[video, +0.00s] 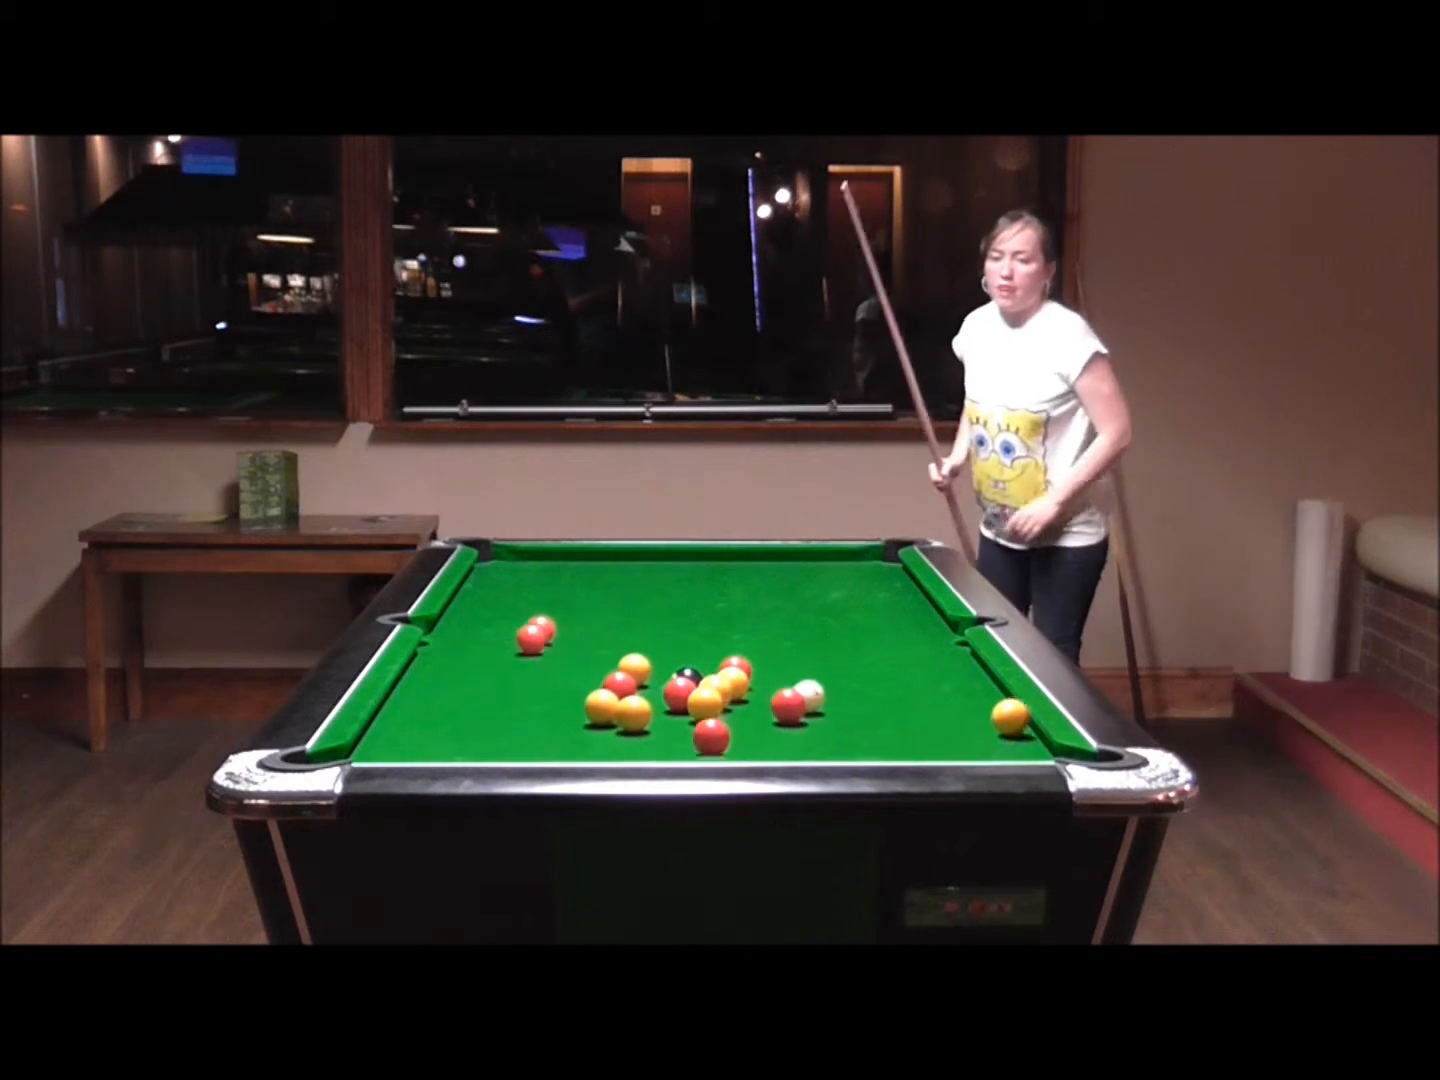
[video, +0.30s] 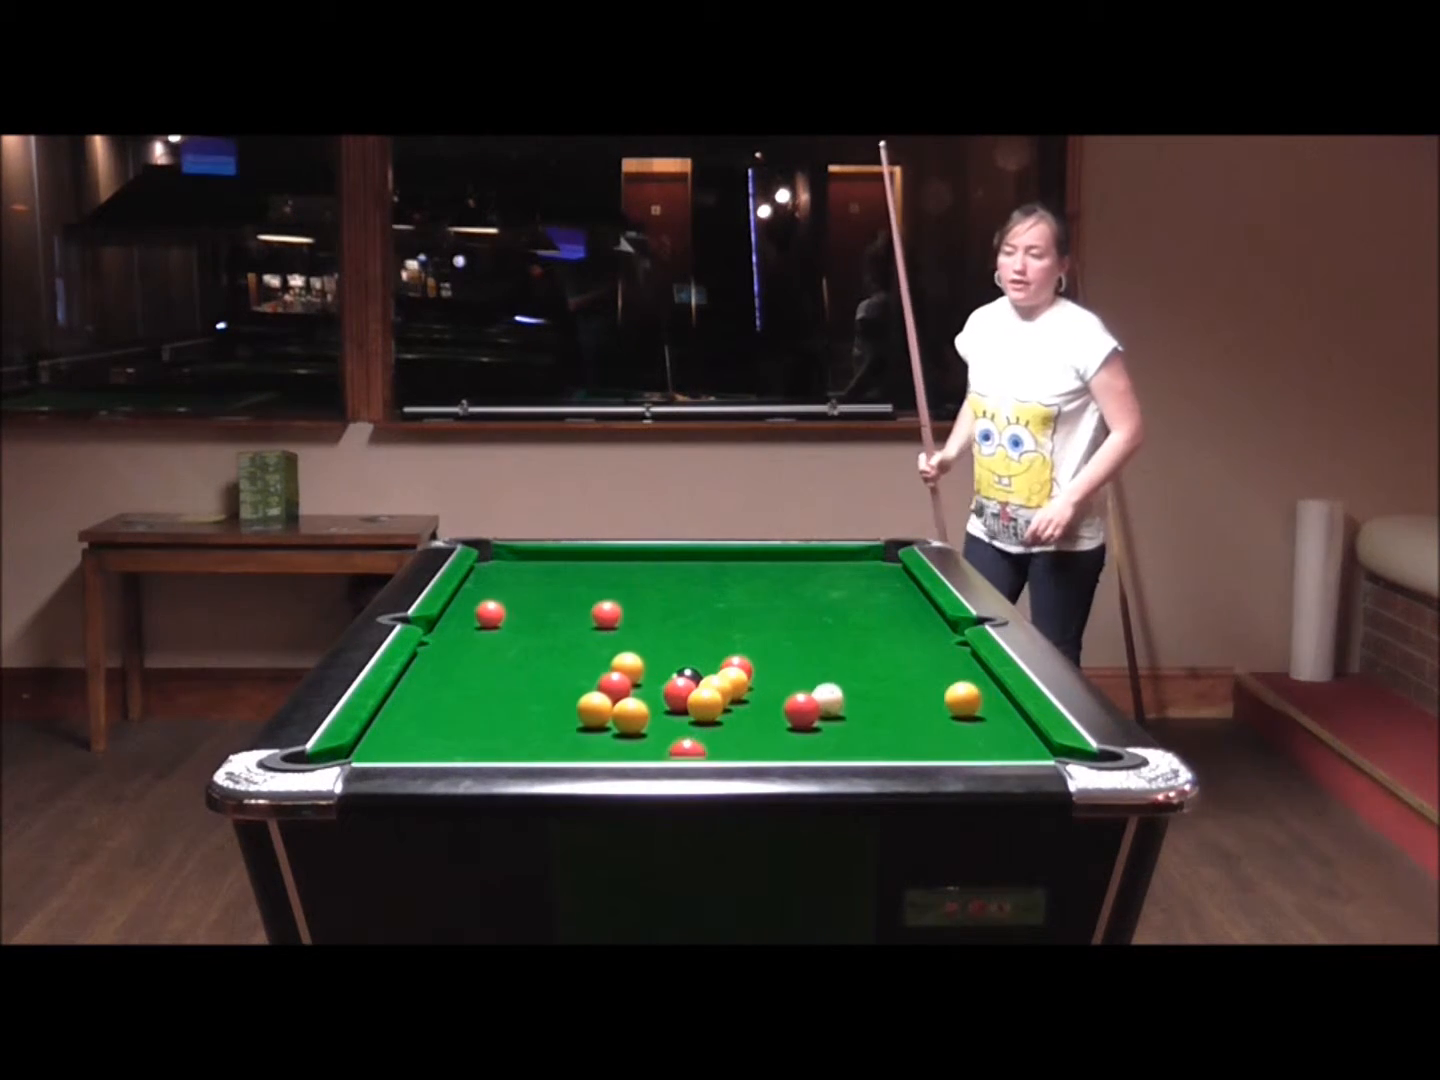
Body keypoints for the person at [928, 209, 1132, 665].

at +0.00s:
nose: (1006, 271)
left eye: (1022, 259)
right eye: (997, 257)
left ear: (1047, 273)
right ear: (984, 268)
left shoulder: (1069, 335)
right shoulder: (976, 327)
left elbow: (1117, 431)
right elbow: (974, 405)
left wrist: (1054, 502)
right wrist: (958, 456)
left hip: (1068, 534)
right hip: (1000, 527)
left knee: (1052, 662)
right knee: (988, 651)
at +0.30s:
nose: (1019, 266)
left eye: (1036, 254)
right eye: (1010, 252)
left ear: (1062, 267)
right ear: (996, 261)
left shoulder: (1083, 335)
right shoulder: (983, 324)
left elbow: (1128, 430)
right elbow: (976, 399)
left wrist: (1069, 502)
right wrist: (949, 453)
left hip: (1065, 535)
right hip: (992, 527)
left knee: (1054, 669)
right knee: (962, 647)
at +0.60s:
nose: (1002, 275)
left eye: (1019, 262)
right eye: (992, 261)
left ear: (1045, 272)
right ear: (978, 270)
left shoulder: (1076, 342)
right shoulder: (961, 336)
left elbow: (1109, 435)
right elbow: (948, 410)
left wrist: (1055, 504)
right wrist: (934, 467)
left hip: (1053, 545)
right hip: (977, 539)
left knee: (1019, 672)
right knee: (968, 664)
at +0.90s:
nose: (1029, 286)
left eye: (1045, 273)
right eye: (1018, 272)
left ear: (1069, 282)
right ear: (1001, 279)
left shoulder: (1103, 354)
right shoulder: (973, 350)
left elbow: (1138, 447)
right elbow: (954, 424)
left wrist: (1103, 526)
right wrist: (954, 487)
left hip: (1083, 553)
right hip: (1000, 551)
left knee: (1111, 692)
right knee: (983, 687)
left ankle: (1139, 850)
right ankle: (978, 838)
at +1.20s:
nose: (1126, 278)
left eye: (1144, 264)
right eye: (1114, 263)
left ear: (1170, 276)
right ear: (1097, 271)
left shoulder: (1205, 359)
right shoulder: (1061, 349)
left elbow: (1243, 459)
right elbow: (1031, 429)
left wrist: (1202, 541)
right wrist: (1021, 498)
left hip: (1167, 581)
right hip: (1075, 577)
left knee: (1160, 729)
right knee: (1067, 721)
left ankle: (1158, 872)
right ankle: (1062, 874)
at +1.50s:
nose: (1207, 303)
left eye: (1229, 288)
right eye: (1197, 285)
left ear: (1267, 303)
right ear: (1183, 291)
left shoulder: (1305, 383)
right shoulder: (1149, 376)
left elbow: (1328, 509)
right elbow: (1111, 469)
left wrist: (1226, 543)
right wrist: (1094, 556)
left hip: (1259, 628)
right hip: (1166, 622)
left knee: (1202, 771)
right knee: (1236, 793)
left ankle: (1157, 869)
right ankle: (1266, 936)